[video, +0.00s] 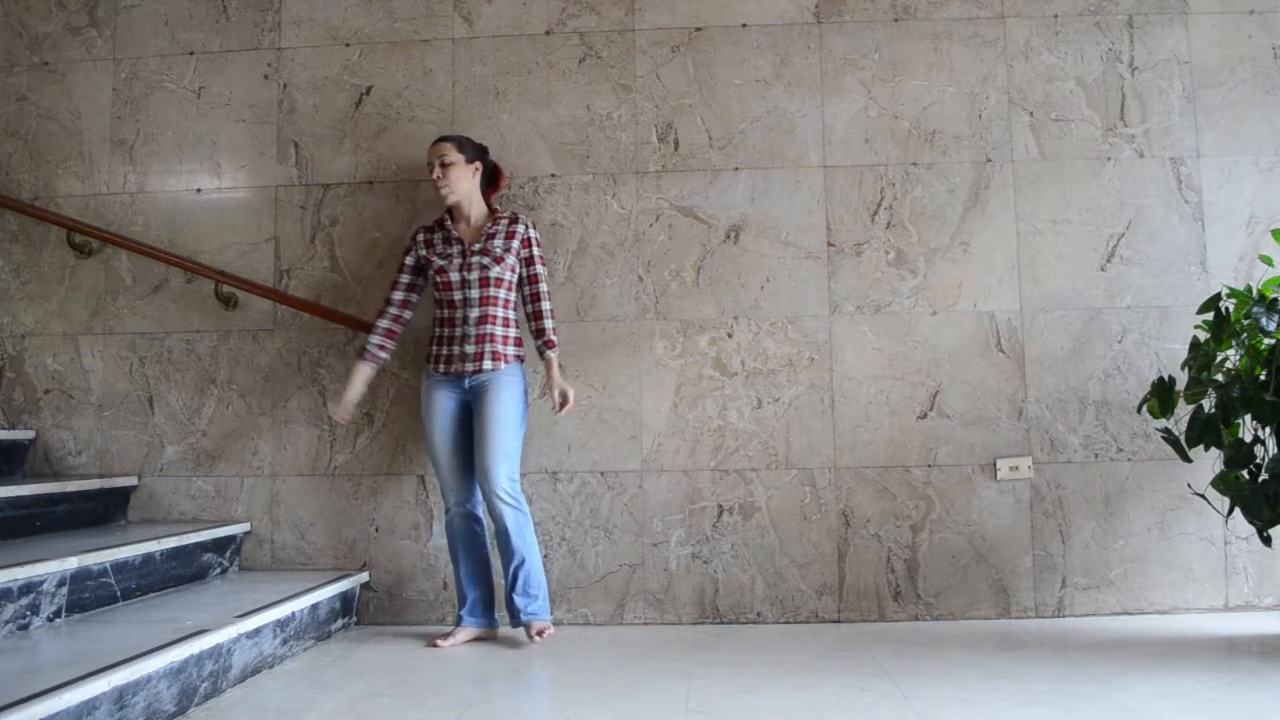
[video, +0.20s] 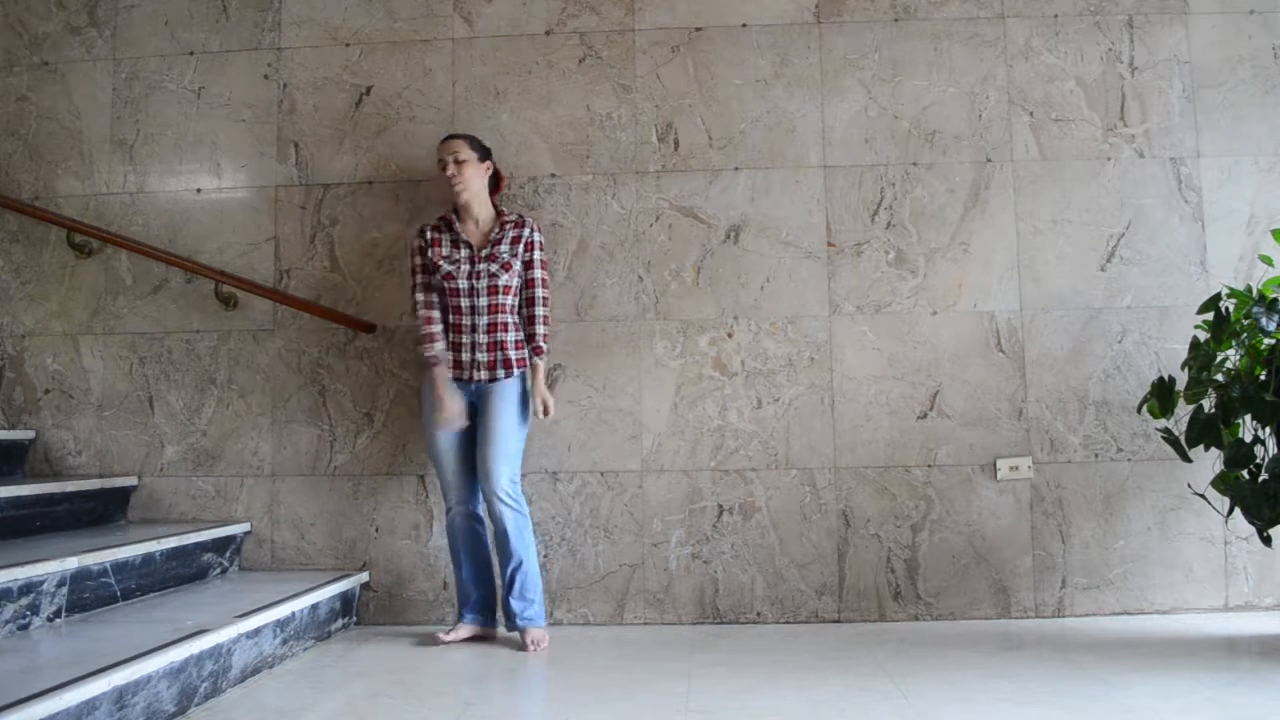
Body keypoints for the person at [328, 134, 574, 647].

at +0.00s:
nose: (435, 175)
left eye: (444, 165)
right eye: (432, 168)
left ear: (475, 169)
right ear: (433, 177)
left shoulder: (517, 232)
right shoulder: (427, 239)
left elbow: (538, 302)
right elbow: (395, 312)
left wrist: (553, 368)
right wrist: (355, 383)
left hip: (499, 372)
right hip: (442, 376)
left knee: (499, 487)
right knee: (457, 499)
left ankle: (533, 610)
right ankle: (475, 617)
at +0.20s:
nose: (450, 170)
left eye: (460, 161)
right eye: (444, 165)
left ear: (489, 170)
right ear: (440, 178)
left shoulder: (523, 232)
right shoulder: (429, 237)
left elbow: (536, 305)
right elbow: (427, 312)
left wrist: (539, 376)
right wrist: (442, 382)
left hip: (505, 376)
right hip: (448, 378)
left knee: (499, 486)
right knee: (459, 499)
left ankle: (529, 616)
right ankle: (476, 615)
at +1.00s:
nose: (507, 155)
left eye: (508, 148)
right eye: (496, 147)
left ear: (502, 160)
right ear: (461, 156)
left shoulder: (522, 221)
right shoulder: (432, 219)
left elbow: (547, 294)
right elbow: (403, 297)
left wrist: (580, 361)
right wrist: (373, 373)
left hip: (517, 369)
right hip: (455, 372)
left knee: (515, 479)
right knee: (472, 496)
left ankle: (535, 603)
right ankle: (483, 621)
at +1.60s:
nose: (539, 155)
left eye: (540, 146)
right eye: (528, 145)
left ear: (520, 154)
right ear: (493, 151)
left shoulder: (546, 224)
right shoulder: (453, 214)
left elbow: (580, 297)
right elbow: (397, 276)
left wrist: (629, 342)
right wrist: (326, 303)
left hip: (531, 374)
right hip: (467, 372)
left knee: (517, 502)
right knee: (470, 506)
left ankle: (501, 631)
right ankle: (466, 608)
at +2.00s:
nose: (544, 157)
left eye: (547, 148)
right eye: (534, 147)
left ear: (544, 153)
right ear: (498, 150)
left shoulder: (551, 214)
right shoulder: (470, 212)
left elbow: (570, 290)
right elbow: (435, 282)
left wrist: (621, 325)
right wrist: (393, 335)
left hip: (543, 370)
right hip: (484, 365)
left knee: (527, 503)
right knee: (484, 494)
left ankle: (500, 633)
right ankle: (422, 621)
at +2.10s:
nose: (546, 158)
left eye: (550, 149)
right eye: (536, 147)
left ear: (546, 155)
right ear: (500, 148)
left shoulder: (548, 218)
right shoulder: (474, 215)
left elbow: (560, 294)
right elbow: (471, 302)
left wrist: (577, 352)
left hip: (547, 368)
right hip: (493, 365)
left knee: (535, 501)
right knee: (502, 491)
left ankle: (501, 632)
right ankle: (427, 615)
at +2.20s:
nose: (554, 162)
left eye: (559, 153)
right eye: (545, 149)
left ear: (555, 160)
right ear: (509, 149)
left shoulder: (545, 224)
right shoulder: (482, 216)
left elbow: (557, 305)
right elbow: (503, 302)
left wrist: (572, 366)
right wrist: (556, 367)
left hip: (550, 374)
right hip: (499, 369)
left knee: (543, 500)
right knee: (536, 489)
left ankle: (502, 628)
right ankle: (460, 613)